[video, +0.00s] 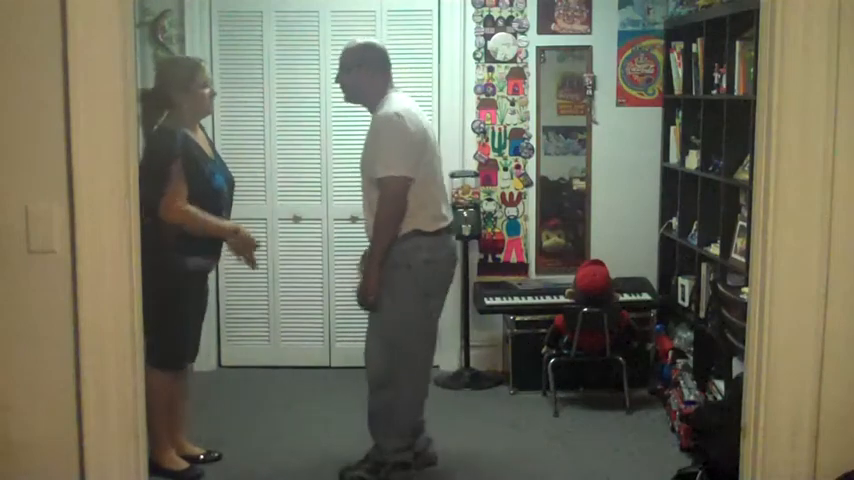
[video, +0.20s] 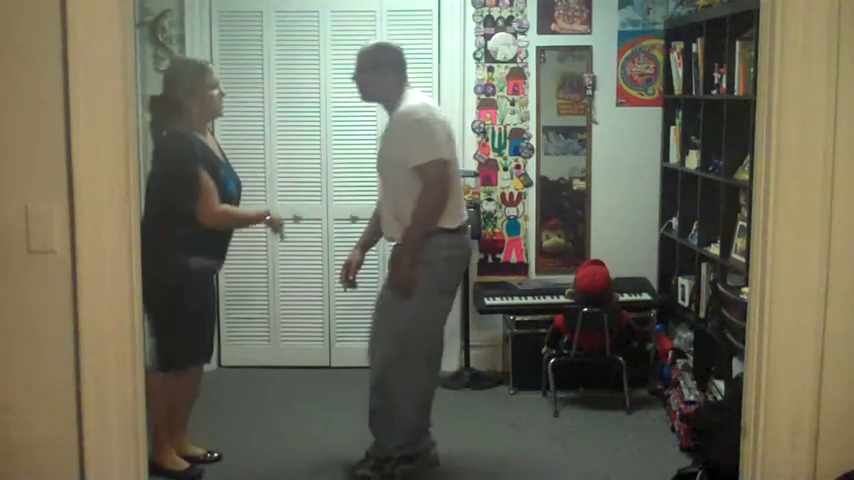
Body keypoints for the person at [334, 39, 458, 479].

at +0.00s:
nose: (339, 80)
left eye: (346, 71)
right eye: (340, 72)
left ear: (371, 73)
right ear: (376, 73)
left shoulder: (392, 118)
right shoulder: (400, 113)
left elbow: (394, 197)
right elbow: (398, 197)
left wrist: (373, 266)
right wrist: (375, 259)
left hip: (412, 251)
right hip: (423, 247)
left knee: (393, 352)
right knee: (406, 349)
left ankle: (392, 452)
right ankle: (410, 442)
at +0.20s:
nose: (356, 81)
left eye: (362, 73)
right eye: (356, 73)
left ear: (388, 73)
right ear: (387, 74)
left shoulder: (417, 115)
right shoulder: (402, 120)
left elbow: (438, 187)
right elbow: (394, 196)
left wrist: (407, 253)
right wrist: (362, 248)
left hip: (433, 247)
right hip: (422, 247)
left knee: (399, 345)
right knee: (404, 344)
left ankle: (401, 450)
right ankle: (403, 446)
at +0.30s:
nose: (372, 77)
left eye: (379, 69)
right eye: (373, 70)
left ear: (405, 68)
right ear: (400, 70)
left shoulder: (436, 109)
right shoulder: (408, 120)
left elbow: (462, 172)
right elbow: (395, 191)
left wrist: (416, 230)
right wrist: (362, 246)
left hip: (438, 243)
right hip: (421, 244)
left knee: (379, 327)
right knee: (415, 337)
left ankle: (425, 427)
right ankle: (411, 441)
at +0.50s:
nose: (407, 63)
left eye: (415, 55)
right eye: (409, 56)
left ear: (441, 61)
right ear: (436, 63)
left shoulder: (461, 110)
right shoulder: (434, 116)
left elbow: (473, 173)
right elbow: (434, 190)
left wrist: (410, 205)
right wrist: (404, 243)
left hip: (448, 247)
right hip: (425, 246)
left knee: (417, 346)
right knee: (409, 345)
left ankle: (485, 426)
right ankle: (412, 444)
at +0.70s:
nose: (426, 74)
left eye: (432, 66)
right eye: (427, 66)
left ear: (456, 70)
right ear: (464, 71)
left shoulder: (464, 116)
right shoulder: (480, 114)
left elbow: (446, 189)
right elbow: (499, 193)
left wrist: (409, 222)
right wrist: (433, 216)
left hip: (477, 255)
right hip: (472, 253)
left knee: (477, 349)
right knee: (424, 329)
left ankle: (506, 444)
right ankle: (418, 436)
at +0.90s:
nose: (443, 80)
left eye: (448, 72)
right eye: (444, 73)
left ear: (468, 75)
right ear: (486, 74)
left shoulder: (463, 125)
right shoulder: (526, 121)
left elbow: (439, 192)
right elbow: (555, 181)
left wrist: (427, 247)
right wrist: (564, 234)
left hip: (486, 255)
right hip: (526, 251)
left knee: (472, 349)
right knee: (492, 337)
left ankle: (504, 444)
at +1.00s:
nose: (452, 79)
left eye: (456, 72)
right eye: (452, 72)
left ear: (473, 73)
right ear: (495, 72)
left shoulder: (460, 125)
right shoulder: (534, 119)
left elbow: (445, 199)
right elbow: (573, 185)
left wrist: (434, 258)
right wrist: (576, 239)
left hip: (485, 256)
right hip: (533, 252)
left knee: (477, 357)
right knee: (530, 343)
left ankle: (504, 446)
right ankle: (578, 426)